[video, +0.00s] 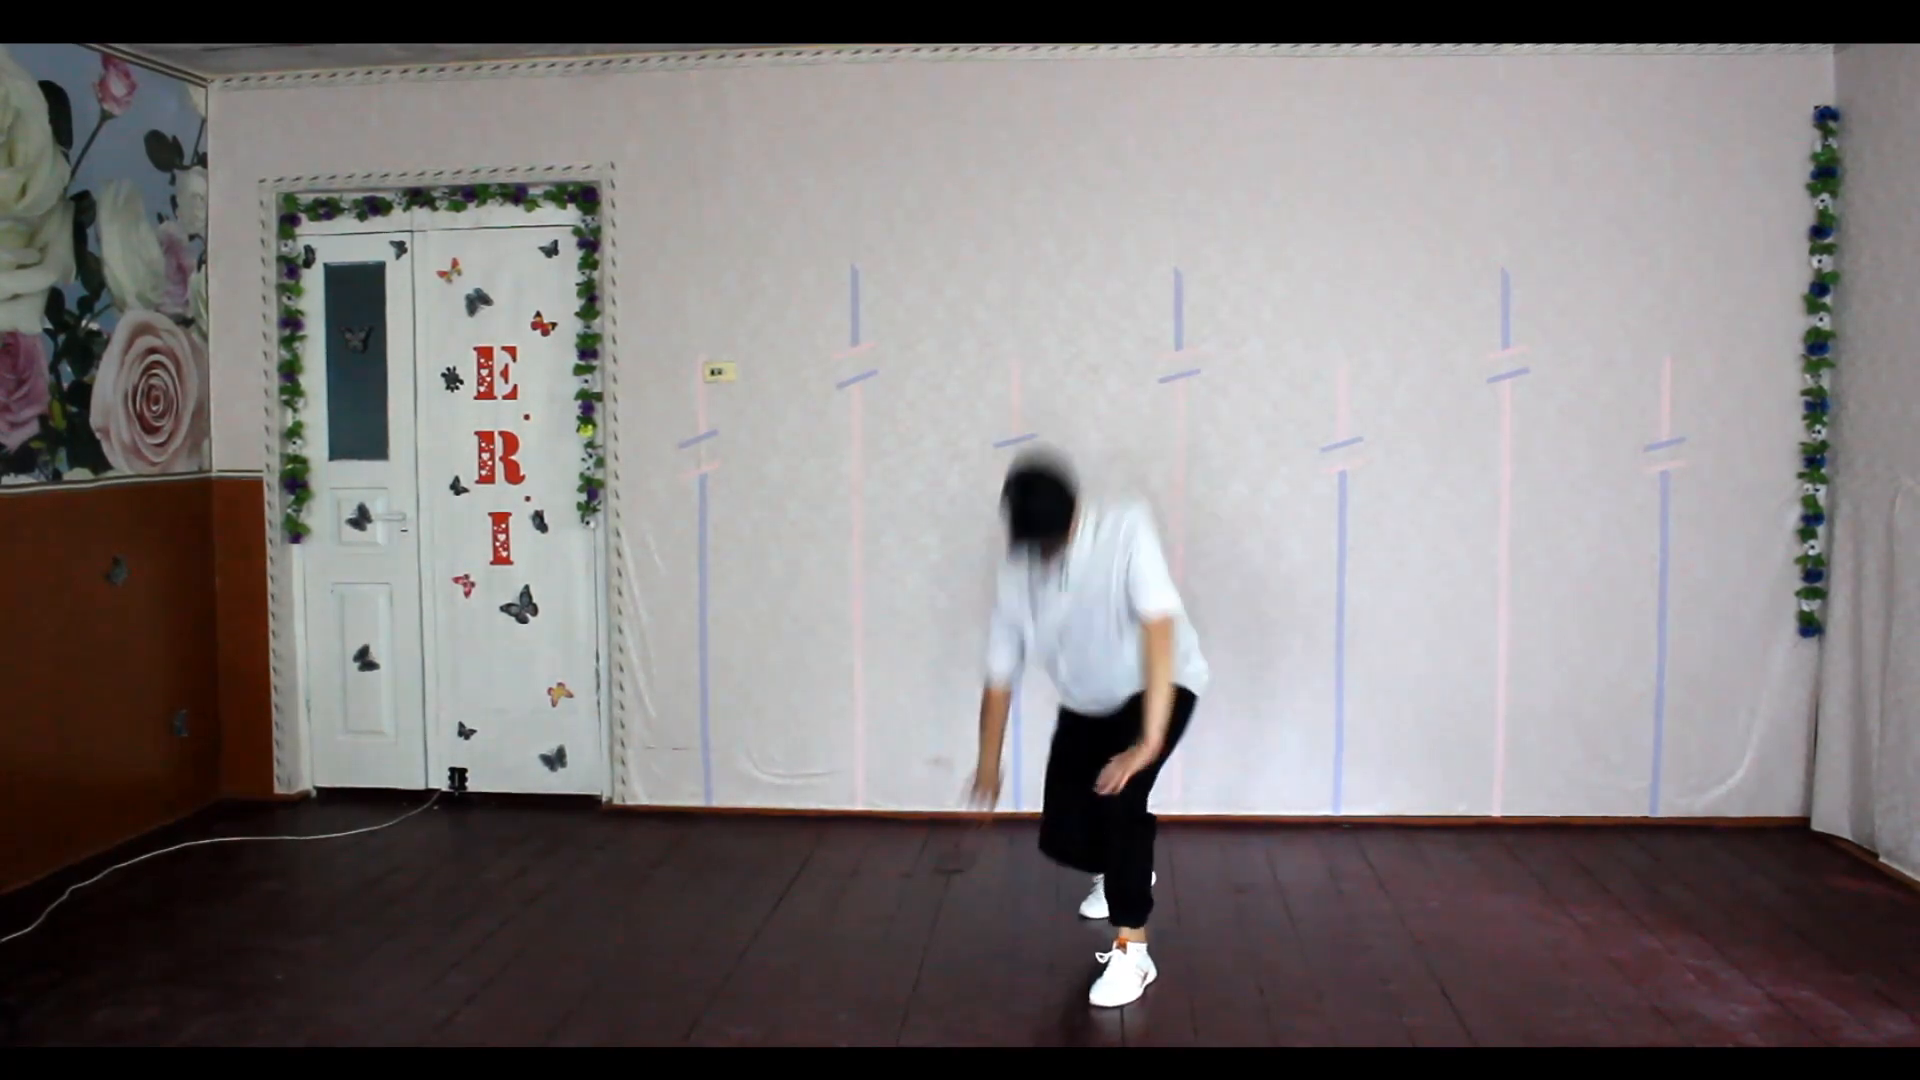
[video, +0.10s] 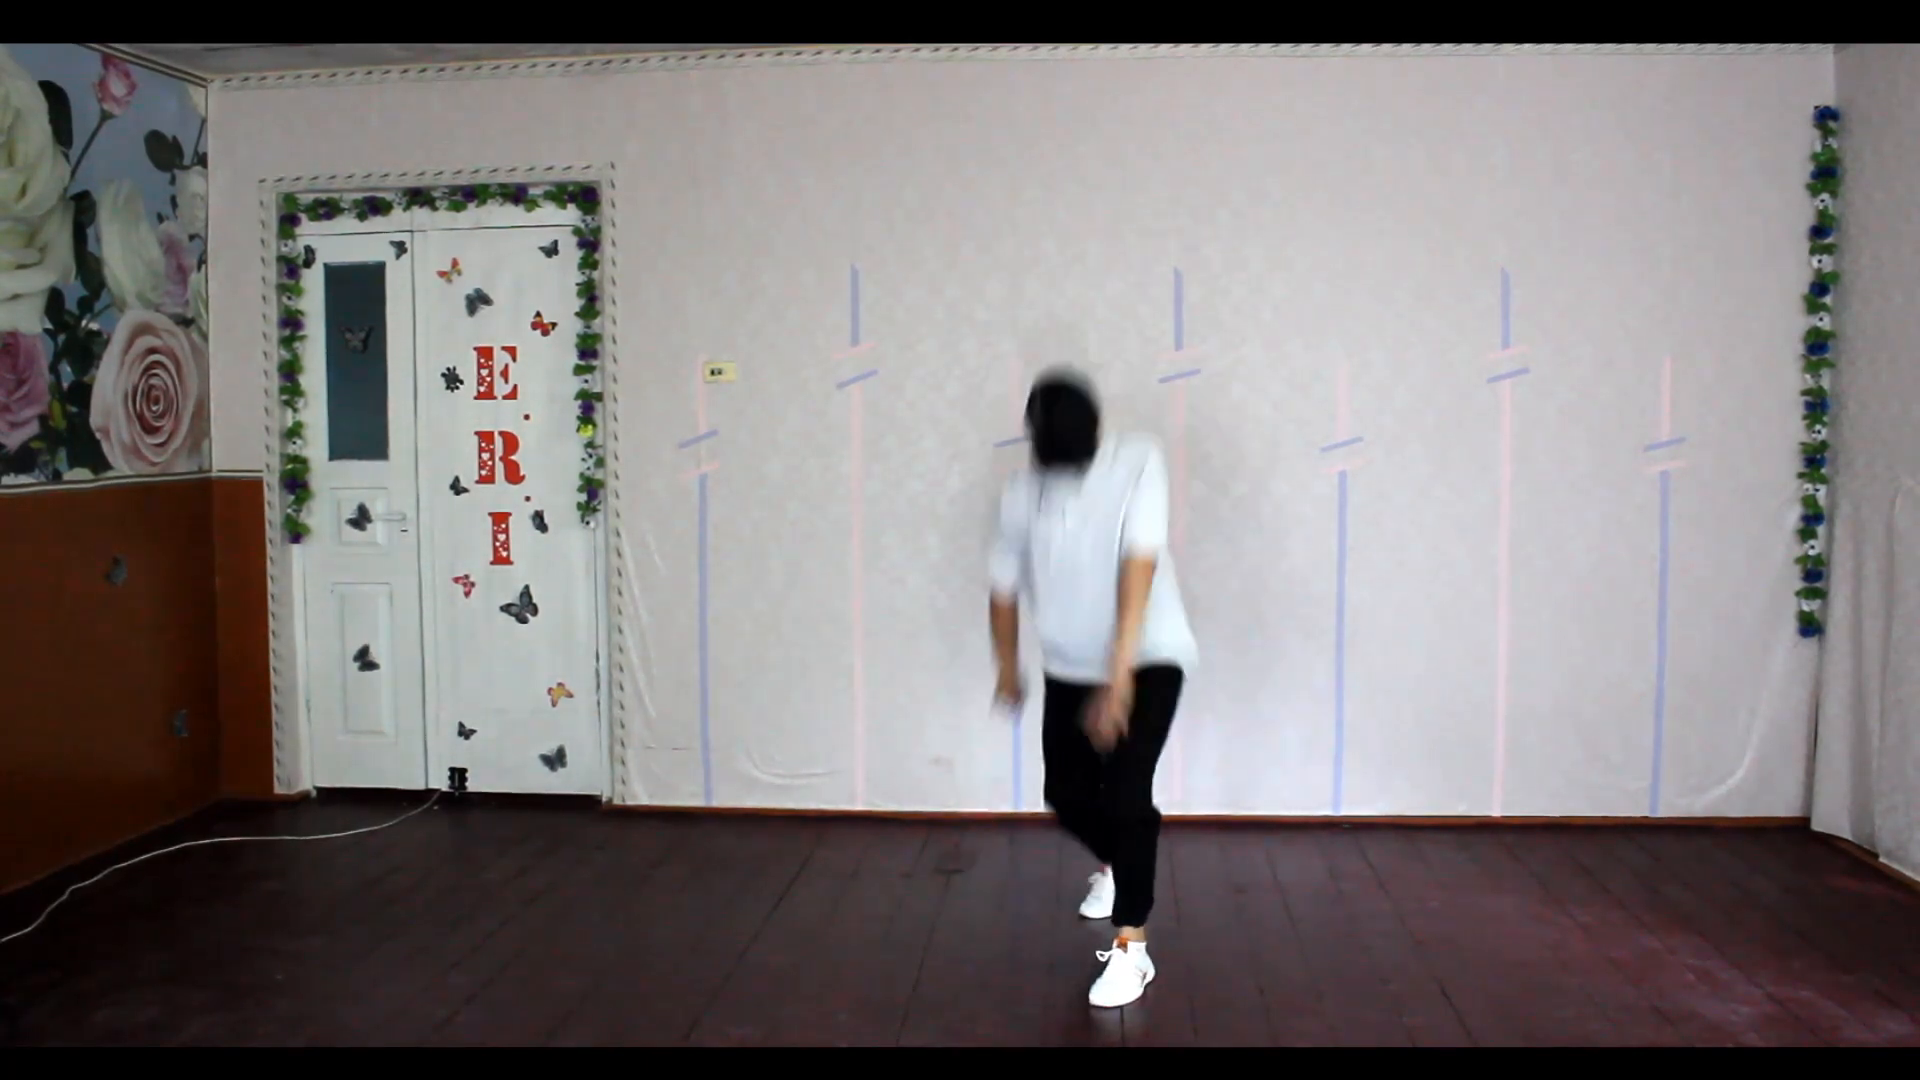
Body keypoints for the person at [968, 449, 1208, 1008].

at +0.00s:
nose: (1047, 551)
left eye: (1054, 539)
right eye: (1035, 543)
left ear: (1071, 515)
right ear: (1018, 529)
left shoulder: (1124, 529)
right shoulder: (1017, 566)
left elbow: (1161, 629)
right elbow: (1000, 674)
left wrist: (1150, 740)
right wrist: (988, 764)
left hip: (1153, 693)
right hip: (1085, 702)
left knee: (1121, 806)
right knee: (1063, 832)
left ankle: (1131, 951)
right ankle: (1126, 868)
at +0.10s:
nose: (1062, 468)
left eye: (1070, 456)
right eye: (1052, 457)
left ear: (1091, 433)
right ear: (1037, 440)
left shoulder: (1136, 463)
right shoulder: (1023, 488)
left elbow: (1139, 568)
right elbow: (1003, 587)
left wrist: (1120, 679)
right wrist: (1007, 668)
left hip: (1145, 662)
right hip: (1069, 667)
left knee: (1123, 797)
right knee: (1067, 797)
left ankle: (1131, 944)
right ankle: (1117, 859)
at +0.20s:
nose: (1069, 373)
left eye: (1077, 359)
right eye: (1059, 360)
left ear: (1094, 346)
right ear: (1047, 351)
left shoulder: (1143, 385)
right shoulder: (1026, 410)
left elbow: (1160, 476)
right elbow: (1000, 498)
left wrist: (1068, 545)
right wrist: (1034, 556)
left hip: (1139, 604)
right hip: (1063, 609)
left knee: (1132, 747)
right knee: (1059, 731)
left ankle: (1143, 915)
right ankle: (1095, 840)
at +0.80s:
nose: (1052, 388)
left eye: (1064, 376)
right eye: (1041, 376)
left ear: (1088, 354)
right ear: (1023, 360)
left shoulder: (1132, 396)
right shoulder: (1005, 406)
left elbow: (1179, 470)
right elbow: (959, 454)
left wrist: (1094, 512)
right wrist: (967, 538)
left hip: (1118, 612)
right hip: (1034, 610)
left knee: (1127, 759)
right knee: (1015, 762)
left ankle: (1129, 909)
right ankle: (1043, 909)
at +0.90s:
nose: (1029, 412)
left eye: (1040, 403)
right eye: (1020, 402)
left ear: (1065, 382)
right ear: (1006, 385)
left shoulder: (1112, 419)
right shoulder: (995, 423)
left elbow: (1165, 501)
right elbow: (946, 462)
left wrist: (1102, 506)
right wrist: (882, 518)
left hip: (1121, 622)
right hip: (1031, 618)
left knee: (1179, 760)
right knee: (946, 743)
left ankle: (1194, 894)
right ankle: (962, 881)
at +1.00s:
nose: (1036, 486)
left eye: (1045, 475)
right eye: (1025, 477)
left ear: (1064, 455)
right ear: (1006, 460)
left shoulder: (1099, 494)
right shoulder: (995, 500)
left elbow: (1116, 595)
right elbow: (949, 548)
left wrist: (1102, 599)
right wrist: (858, 552)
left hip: (1110, 680)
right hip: (1021, 680)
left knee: (1187, 801)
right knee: (922, 794)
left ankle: (1246, 931)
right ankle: (912, 913)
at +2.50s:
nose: (997, 496)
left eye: (1005, 485)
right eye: (988, 486)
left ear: (1021, 472)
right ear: (975, 478)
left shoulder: (1072, 500)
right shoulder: (967, 532)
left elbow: (1106, 589)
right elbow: (917, 592)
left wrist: (1056, 599)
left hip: (1114, 684)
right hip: (1022, 688)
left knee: (1209, 797)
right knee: (902, 786)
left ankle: (1267, 939)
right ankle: (891, 904)